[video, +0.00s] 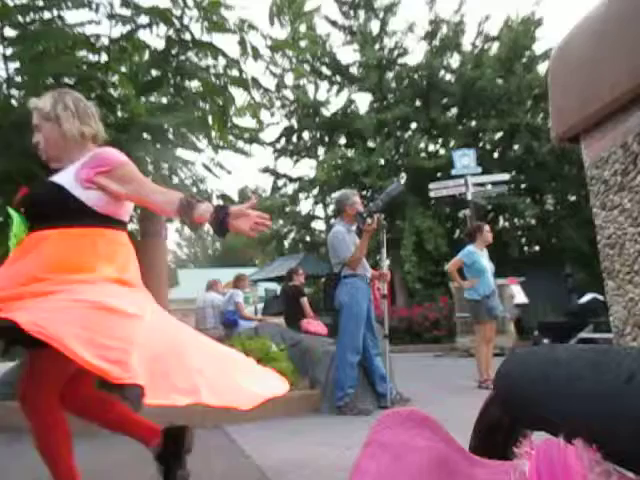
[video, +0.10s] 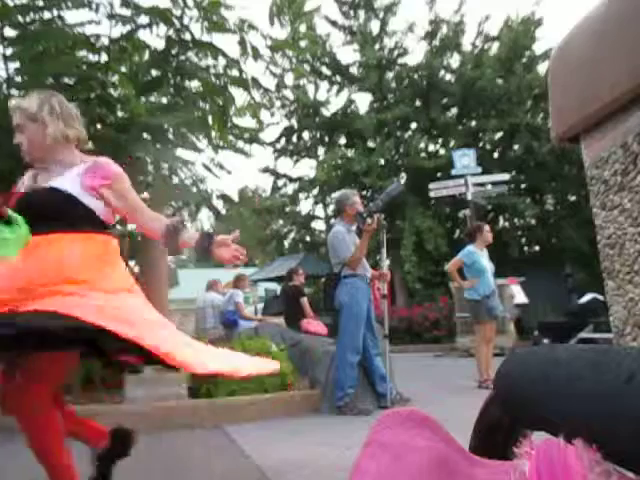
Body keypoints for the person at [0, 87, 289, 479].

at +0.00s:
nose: (35, 141)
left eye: (40, 130)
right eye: (34, 131)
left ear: (66, 125)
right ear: (66, 127)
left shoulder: (101, 161)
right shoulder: (67, 175)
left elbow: (161, 198)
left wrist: (222, 216)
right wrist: (33, 205)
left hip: (88, 299)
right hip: (68, 300)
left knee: (36, 392)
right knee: (74, 392)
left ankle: (67, 475)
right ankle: (161, 440)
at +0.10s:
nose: (17, 140)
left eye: (21, 129)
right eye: (15, 131)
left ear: (49, 126)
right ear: (48, 129)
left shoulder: (100, 172)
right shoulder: (30, 179)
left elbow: (150, 222)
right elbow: (11, 230)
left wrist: (208, 244)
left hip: (81, 292)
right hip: (28, 293)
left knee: (33, 396)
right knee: (14, 395)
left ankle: (66, 475)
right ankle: (103, 440)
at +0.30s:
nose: (1, 129)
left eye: (7, 120)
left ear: (31, 125)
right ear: (1, 127)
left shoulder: (67, 173)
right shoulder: (3, 173)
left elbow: (103, 228)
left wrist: (123, 234)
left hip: (57, 290)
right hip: (9, 293)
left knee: (30, 393)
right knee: (27, 393)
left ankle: (60, 470)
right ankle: (60, 470)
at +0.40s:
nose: (1, 125)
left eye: (5, 117)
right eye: (0, 117)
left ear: (18, 126)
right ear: (6, 126)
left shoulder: (39, 171)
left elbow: (68, 217)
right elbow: (68, 217)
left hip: (32, 288)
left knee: (24, 382)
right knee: (23, 384)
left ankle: (47, 470)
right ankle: (47, 470)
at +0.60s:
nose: (15, 139)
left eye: (19, 133)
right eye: (12, 131)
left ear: (17, 138)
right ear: (6, 134)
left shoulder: (7, 190)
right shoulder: (6, 191)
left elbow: (35, 222)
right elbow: (34, 222)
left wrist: (45, 173)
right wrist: (45, 172)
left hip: (8, 299)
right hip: (6, 300)